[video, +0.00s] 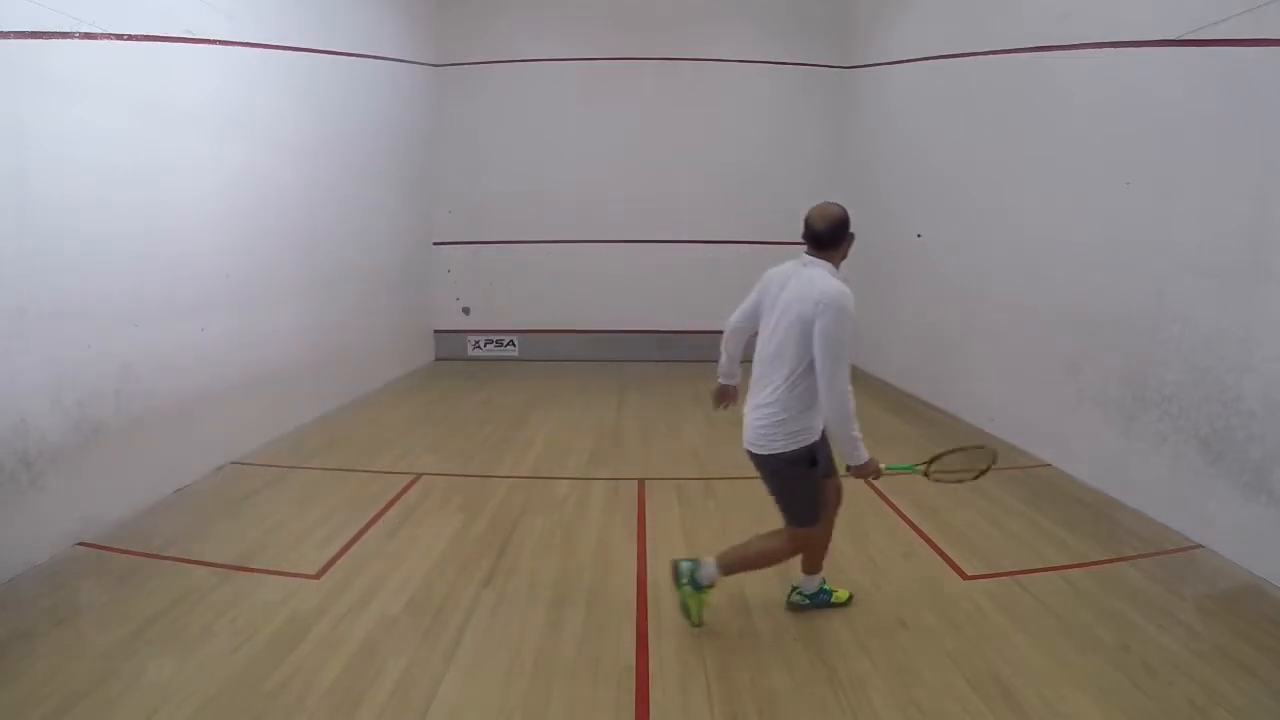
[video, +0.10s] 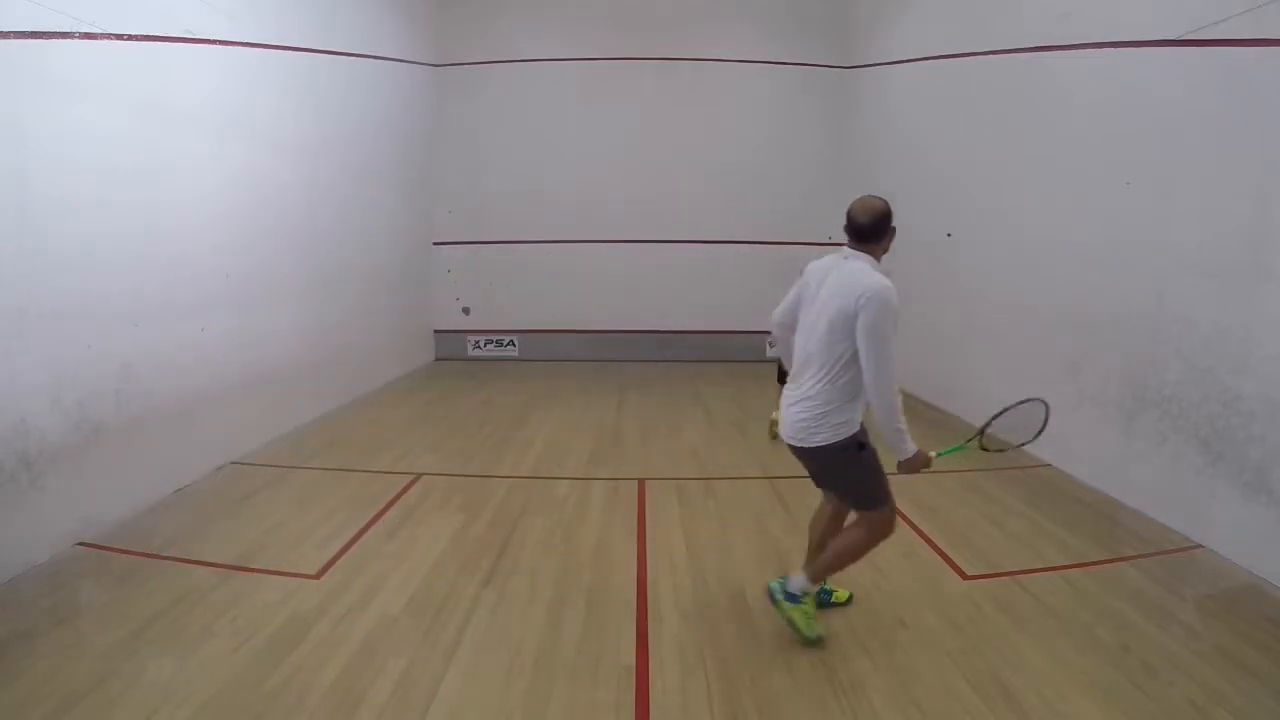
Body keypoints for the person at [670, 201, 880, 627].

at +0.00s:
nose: (853, 241)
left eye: (847, 235)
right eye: (852, 236)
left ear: (804, 240)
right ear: (848, 244)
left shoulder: (779, 275)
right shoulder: (833, 296)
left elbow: (737, 327)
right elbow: (834, 387)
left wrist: (727, 378)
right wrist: (856, 454)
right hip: (785, 438)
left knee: (828, 495)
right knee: (804, 534)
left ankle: (810, 587)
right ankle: (700, 574)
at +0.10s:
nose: (894, 235)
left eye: (887, 228)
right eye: (894, 229)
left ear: (847, 232)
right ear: (889, 236)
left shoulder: (820, 267)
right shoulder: (875, 291)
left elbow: (781, 322)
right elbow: (879, 384)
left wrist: (801, 371)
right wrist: (905, 450)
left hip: (798, 419)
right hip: (829, 429)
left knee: (839, 497)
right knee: (879, 520)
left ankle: (811, 582)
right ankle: (797, 589)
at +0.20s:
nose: (939, 234)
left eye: (932, 227)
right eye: (938, 229)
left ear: (891, 229)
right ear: (933, 235)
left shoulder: (862, 266)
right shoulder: (919, 289)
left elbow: (825, 320)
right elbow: (926, 381)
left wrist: (861, 354)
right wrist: (959, 449)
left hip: (835, 416)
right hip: (872, 428)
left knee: (849, 496)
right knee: (933, 514)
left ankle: (810, 585)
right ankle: (904, 620)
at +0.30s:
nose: (987, 238)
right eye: (986, 232)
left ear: (940, 234)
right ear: (983, 239)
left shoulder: (910, 269)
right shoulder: (967, 296)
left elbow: (871, 321)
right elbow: (973, 394)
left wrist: (901, 369)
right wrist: (1006, 461)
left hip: (873, 420)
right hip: (915, 435)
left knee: (869, 499)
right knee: (972, 528)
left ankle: (816, 584)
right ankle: (994, 629)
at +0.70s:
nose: (1194, 257)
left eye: (1196, 246)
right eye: (1193, 244)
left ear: (1154, 232)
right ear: (1169, 234)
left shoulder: (1095, 266)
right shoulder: (1152, 290)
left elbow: (1052, 325)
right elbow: (1163, 397)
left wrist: (1102, 362)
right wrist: (1211, 475)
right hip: (1095, 445)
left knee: (1125, 524)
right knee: (1082, 546)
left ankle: (1108, 632)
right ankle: (1018, 636)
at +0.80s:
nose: (1243, 267)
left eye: (1245, 256)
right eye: (1240, 254)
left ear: (1198, 247)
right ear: (1213, 247)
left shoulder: (1141, 281)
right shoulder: (1195, 303)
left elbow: (1100, 341)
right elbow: (1210, 403)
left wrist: (1145, 384)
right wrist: (1266, 478)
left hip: (1145, 454)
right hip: (1134, 459)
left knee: (1170, 548)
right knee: (1119, 563)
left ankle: (1193, 655)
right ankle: (1028, 631)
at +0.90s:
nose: (1277, 285)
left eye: (1277, 274)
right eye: (1275, 273)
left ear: (1247, 263)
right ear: (1254, 264)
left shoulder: (1191, 301)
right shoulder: (1230, 321)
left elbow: (1146, 366)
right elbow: (1255, 420)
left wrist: (1190, 416)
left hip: (1199, 476)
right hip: (1173, 486)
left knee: (1230, 562)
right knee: (1190, 597)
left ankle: (1213, 673)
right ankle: (1069, 626)